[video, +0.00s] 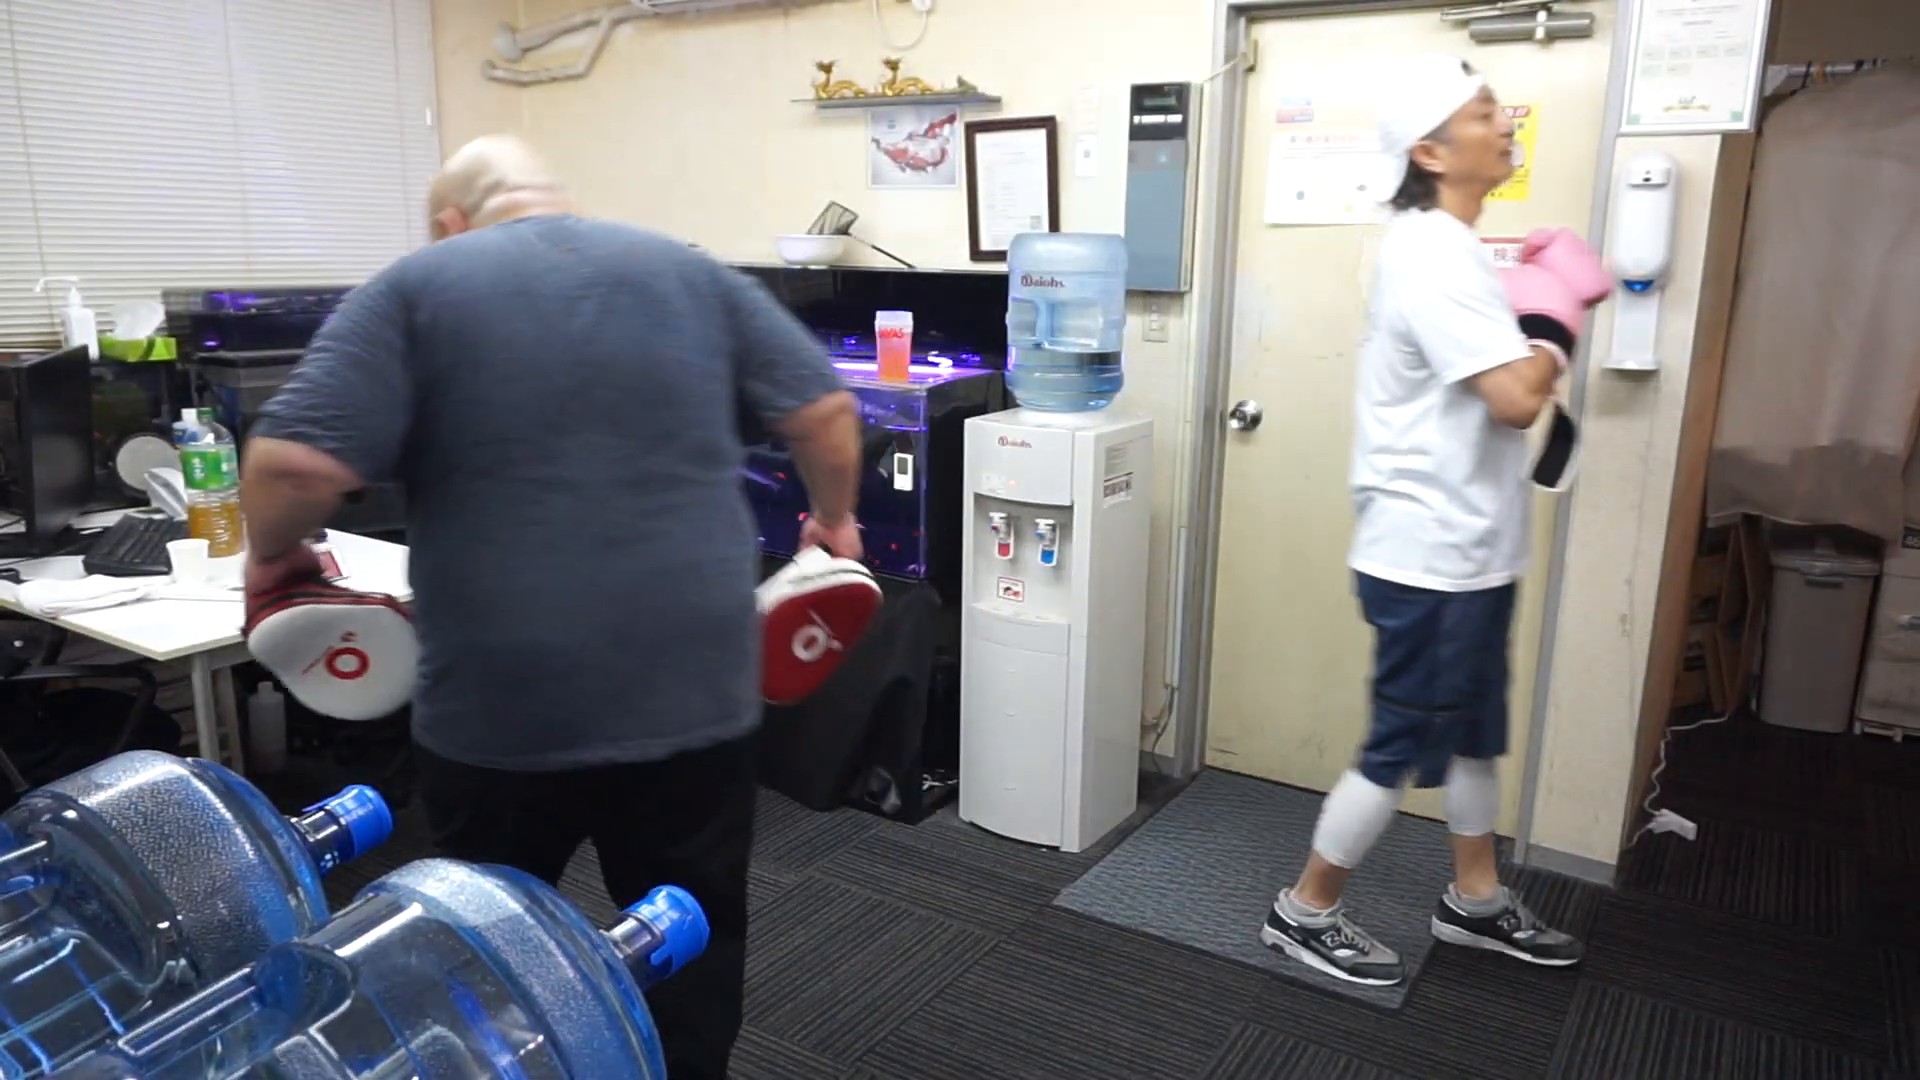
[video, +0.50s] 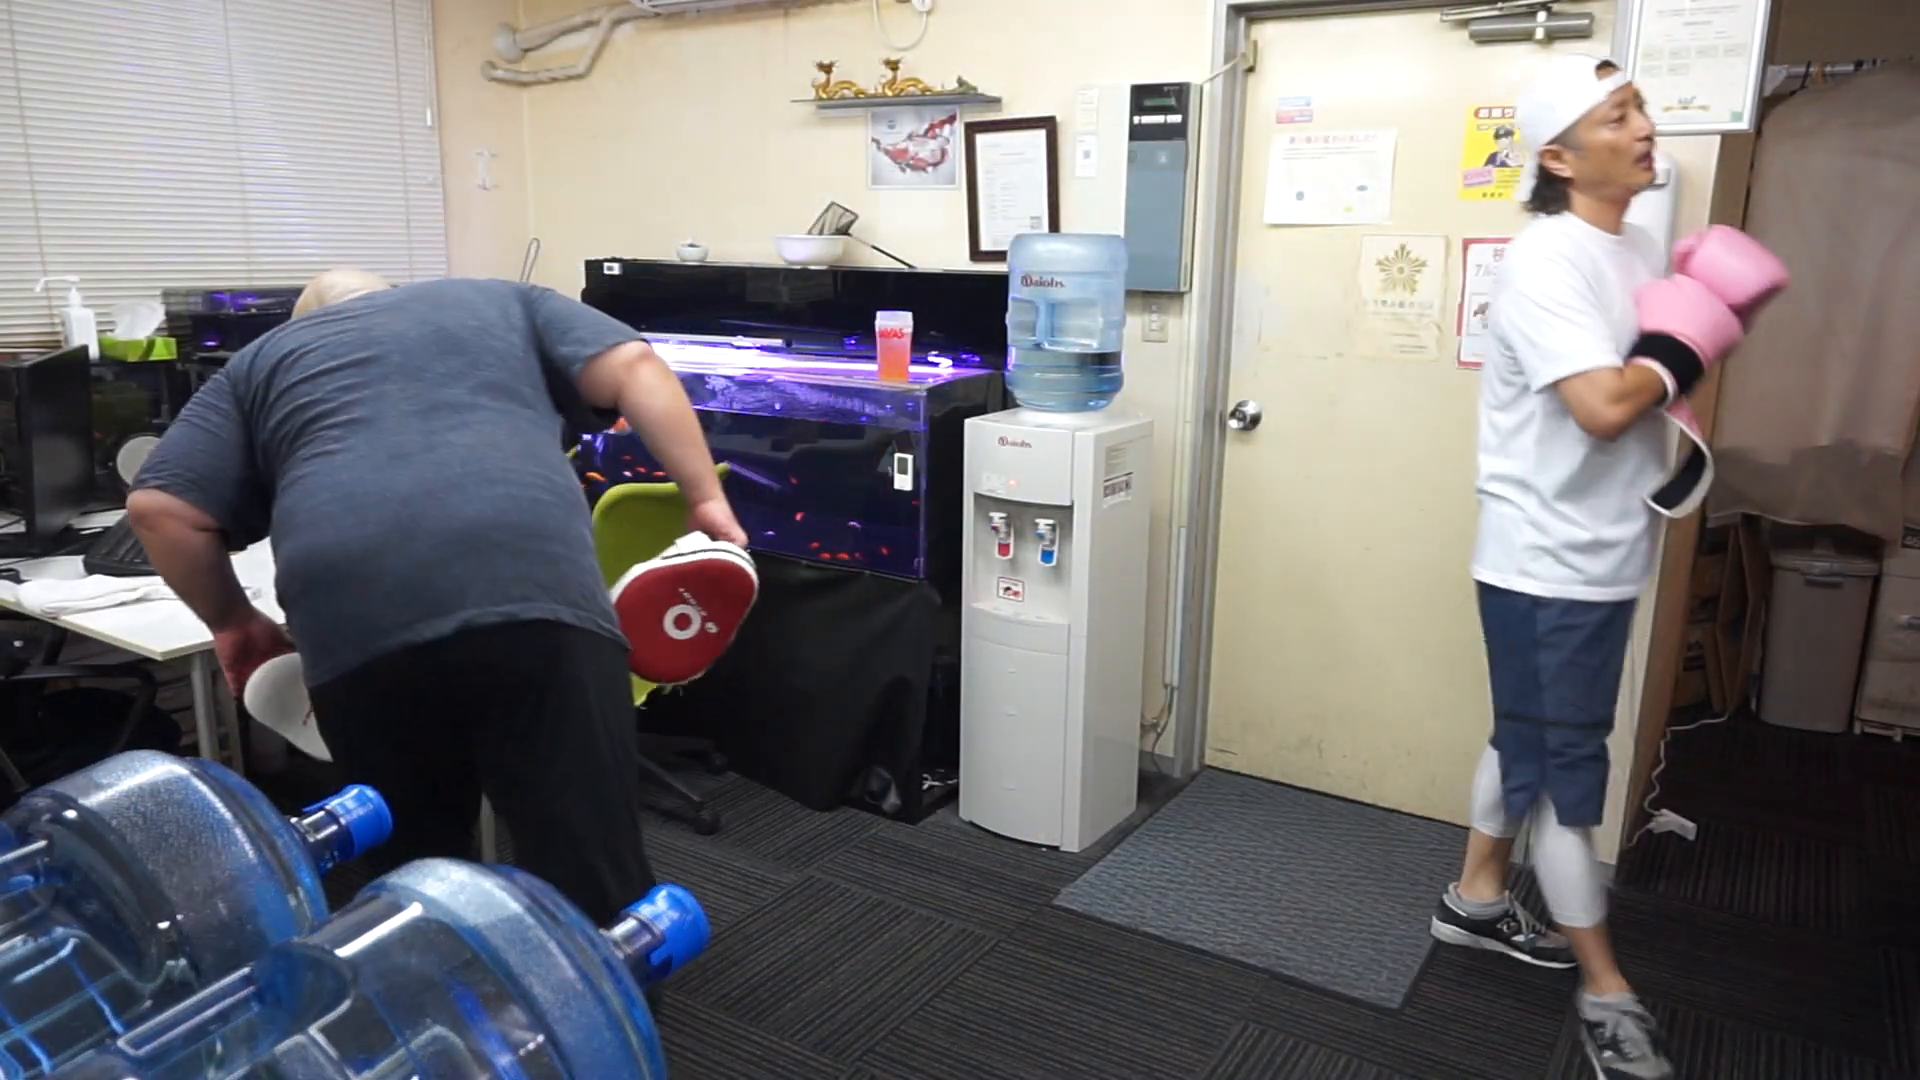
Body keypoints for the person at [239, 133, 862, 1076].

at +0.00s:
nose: (428, 239)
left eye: (426, 231)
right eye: (431, 233)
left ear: (448, 220)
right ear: (560, 197)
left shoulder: (417, 286)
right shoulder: (690, 270)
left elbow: (294, 462)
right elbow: (825, 413)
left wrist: (278, 556)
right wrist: (835, 518)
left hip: (503, 696)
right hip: (693, 688)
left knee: (483, 943)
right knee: (694, 951)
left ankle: (485, 1071)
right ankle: (691, 1075)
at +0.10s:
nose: (389, 264)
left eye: (387, 256)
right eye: (392, 259)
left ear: (402, 247)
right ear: (506, 224)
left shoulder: (365, 308)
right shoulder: (633, 279)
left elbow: (245, 475)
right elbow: (775, 404)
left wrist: (254, 569)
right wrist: (801, 518)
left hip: (468, 679)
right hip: (651, 662)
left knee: (462, 922)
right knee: (675, 917)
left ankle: (477, 1065)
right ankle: (682, 1062)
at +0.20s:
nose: (347, 293)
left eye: (346, 282)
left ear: (358, 274)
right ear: (461, 248)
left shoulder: (318, 324)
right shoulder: (583, 284)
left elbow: (202, 493)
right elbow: (722, 398)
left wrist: (237, 578)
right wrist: (763, 526)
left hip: (432, 662)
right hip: (613, 649)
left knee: (433, 912)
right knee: (657, 898)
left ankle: (437, 1062)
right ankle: (678, 1061)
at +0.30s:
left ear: (329, 294)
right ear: (431, 264)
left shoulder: (289, 337)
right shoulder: (548, 289)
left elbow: (175, 493)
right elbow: (682, 386)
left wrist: (232, 591)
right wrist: (741, 517)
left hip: (402, 653)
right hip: (585, 626)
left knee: (421, 901)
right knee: (637, 889)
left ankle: (426, 1062)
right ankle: (664, 1061)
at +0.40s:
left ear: (311, 311)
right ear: (414, 279)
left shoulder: (268, 351)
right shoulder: (519, 294)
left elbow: (162, 497)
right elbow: (655, 372)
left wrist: (235, 610)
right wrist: (725, 504)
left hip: (378, 642)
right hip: (559, 611)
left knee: (420, 892)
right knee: (613, 885)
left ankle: (430, 1060)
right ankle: (639, 1060)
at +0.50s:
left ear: (299, 326)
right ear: (400, 290)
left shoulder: (258, 362)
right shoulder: (501, 298)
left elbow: (160, 507)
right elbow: (637, 368)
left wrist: (232, 623)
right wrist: (705, 494)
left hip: (360, 637)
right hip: (541, 599)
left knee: (417, 884)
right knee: (590, 878)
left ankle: (438, 1054)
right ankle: (610, 1051)